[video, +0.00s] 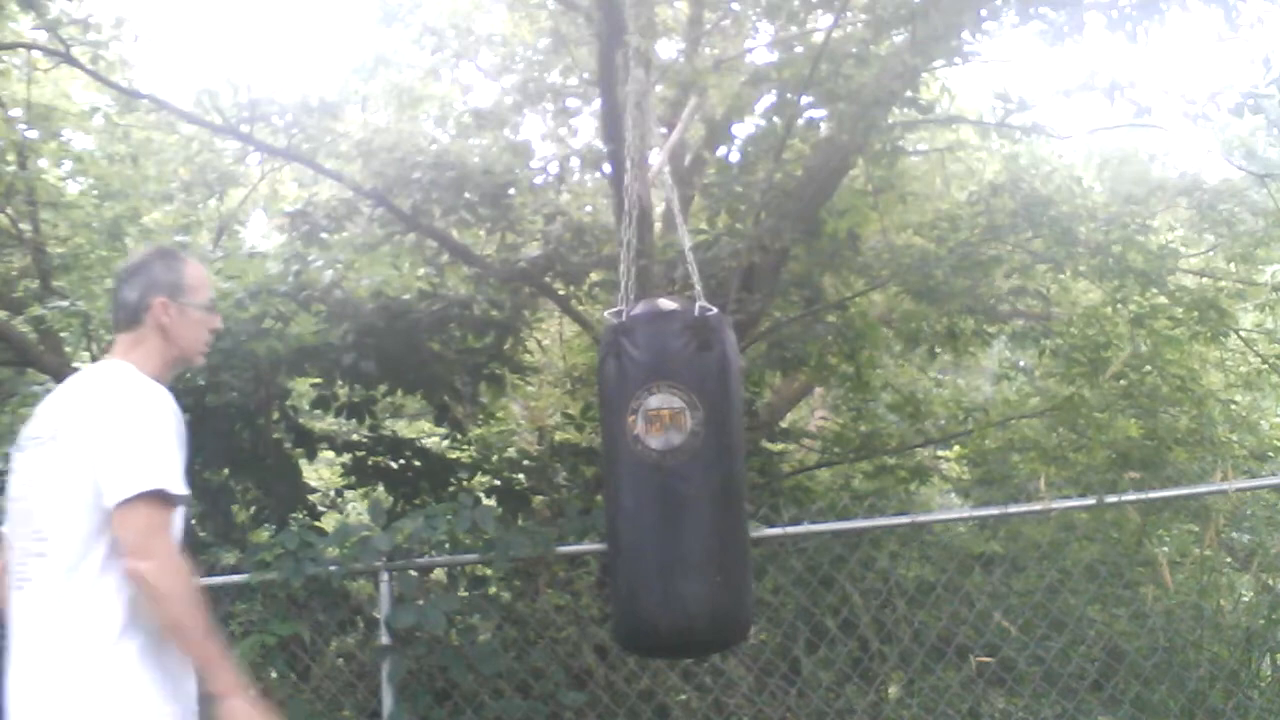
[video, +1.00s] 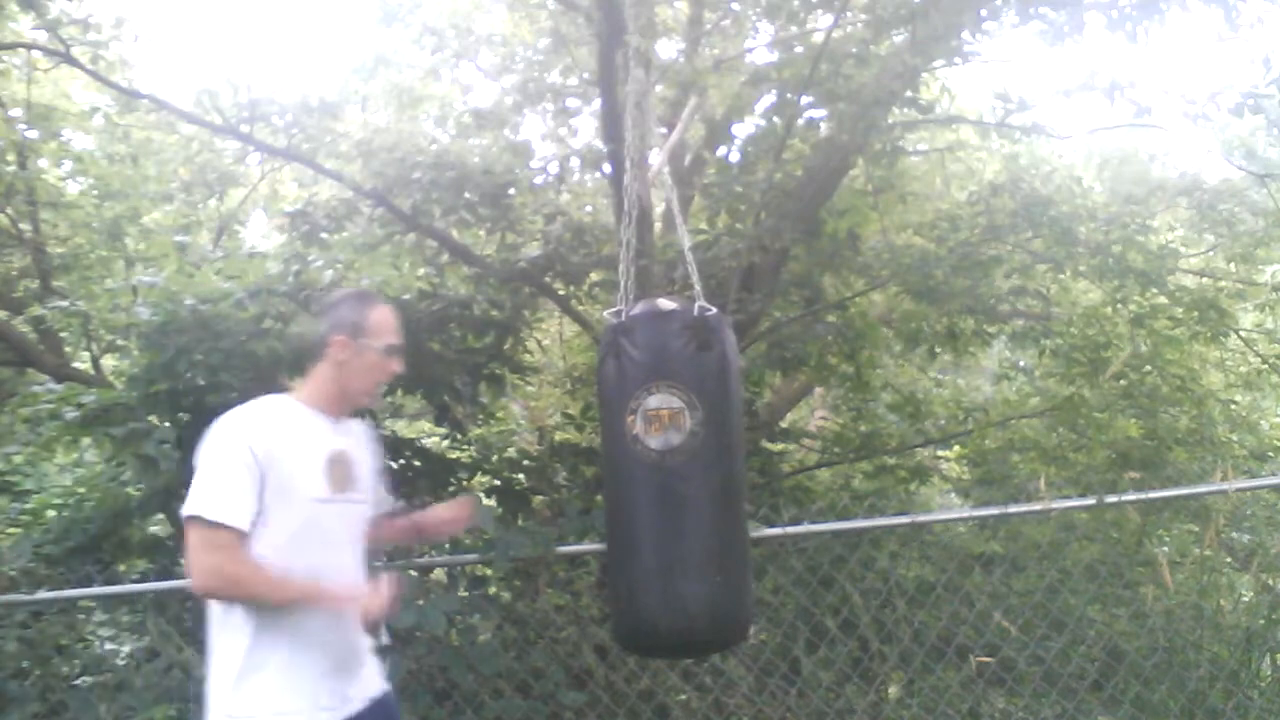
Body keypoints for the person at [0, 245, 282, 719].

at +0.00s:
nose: (219, 324)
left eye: (216, 309)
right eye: (208, 307)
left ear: (161, 313)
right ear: (163, 313)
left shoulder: (54, 405)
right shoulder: (141, 402)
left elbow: (10, 569)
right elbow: (148, 556)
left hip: (38, 695)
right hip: (119, 697)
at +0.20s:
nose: (244, 347)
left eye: (242, 333)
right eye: (233, 333)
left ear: (185, 339)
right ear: (187, 338)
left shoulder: (100, 424)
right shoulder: (159, 421)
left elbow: (39, 579)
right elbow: (181, 568)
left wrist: (60, 696)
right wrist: (310, 626)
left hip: (93, 700)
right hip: (153, 701)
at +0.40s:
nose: (272, 359)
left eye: (271, 344)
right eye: (260, 343)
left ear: (215, 346)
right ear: (213, 343)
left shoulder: (185, 427)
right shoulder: (162, 424)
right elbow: (178, 568)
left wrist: (233, 666)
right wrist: (307, 564)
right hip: (164, 700)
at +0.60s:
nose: (295, 363)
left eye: (296, 349)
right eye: (285, 346)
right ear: (237, 343)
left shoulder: (225, 432)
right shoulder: (174, 416)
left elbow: (272, 533)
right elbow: (253, 525)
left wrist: (329, 460)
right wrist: (324, 442)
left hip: (227, 694)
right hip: (183, 698)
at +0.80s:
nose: (338, 375)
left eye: (339, 361)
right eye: (328, 359)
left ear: (279, 356)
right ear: (278, 354)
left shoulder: (281, 440)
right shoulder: (201, 427)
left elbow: (343, 527)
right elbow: (292, 528)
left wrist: (354, 440)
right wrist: (334, 429)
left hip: (279, 693)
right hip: (213, 700)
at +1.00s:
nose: (399, 369)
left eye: (400, 354)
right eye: (389, 352)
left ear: (345, 351)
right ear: (340, 349)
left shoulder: (362, 439)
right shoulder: (242, 434)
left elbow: (354, 533)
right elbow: (210, 569)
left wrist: (422, 526)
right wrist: (345, 597)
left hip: (357, 694)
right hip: (264, 702)